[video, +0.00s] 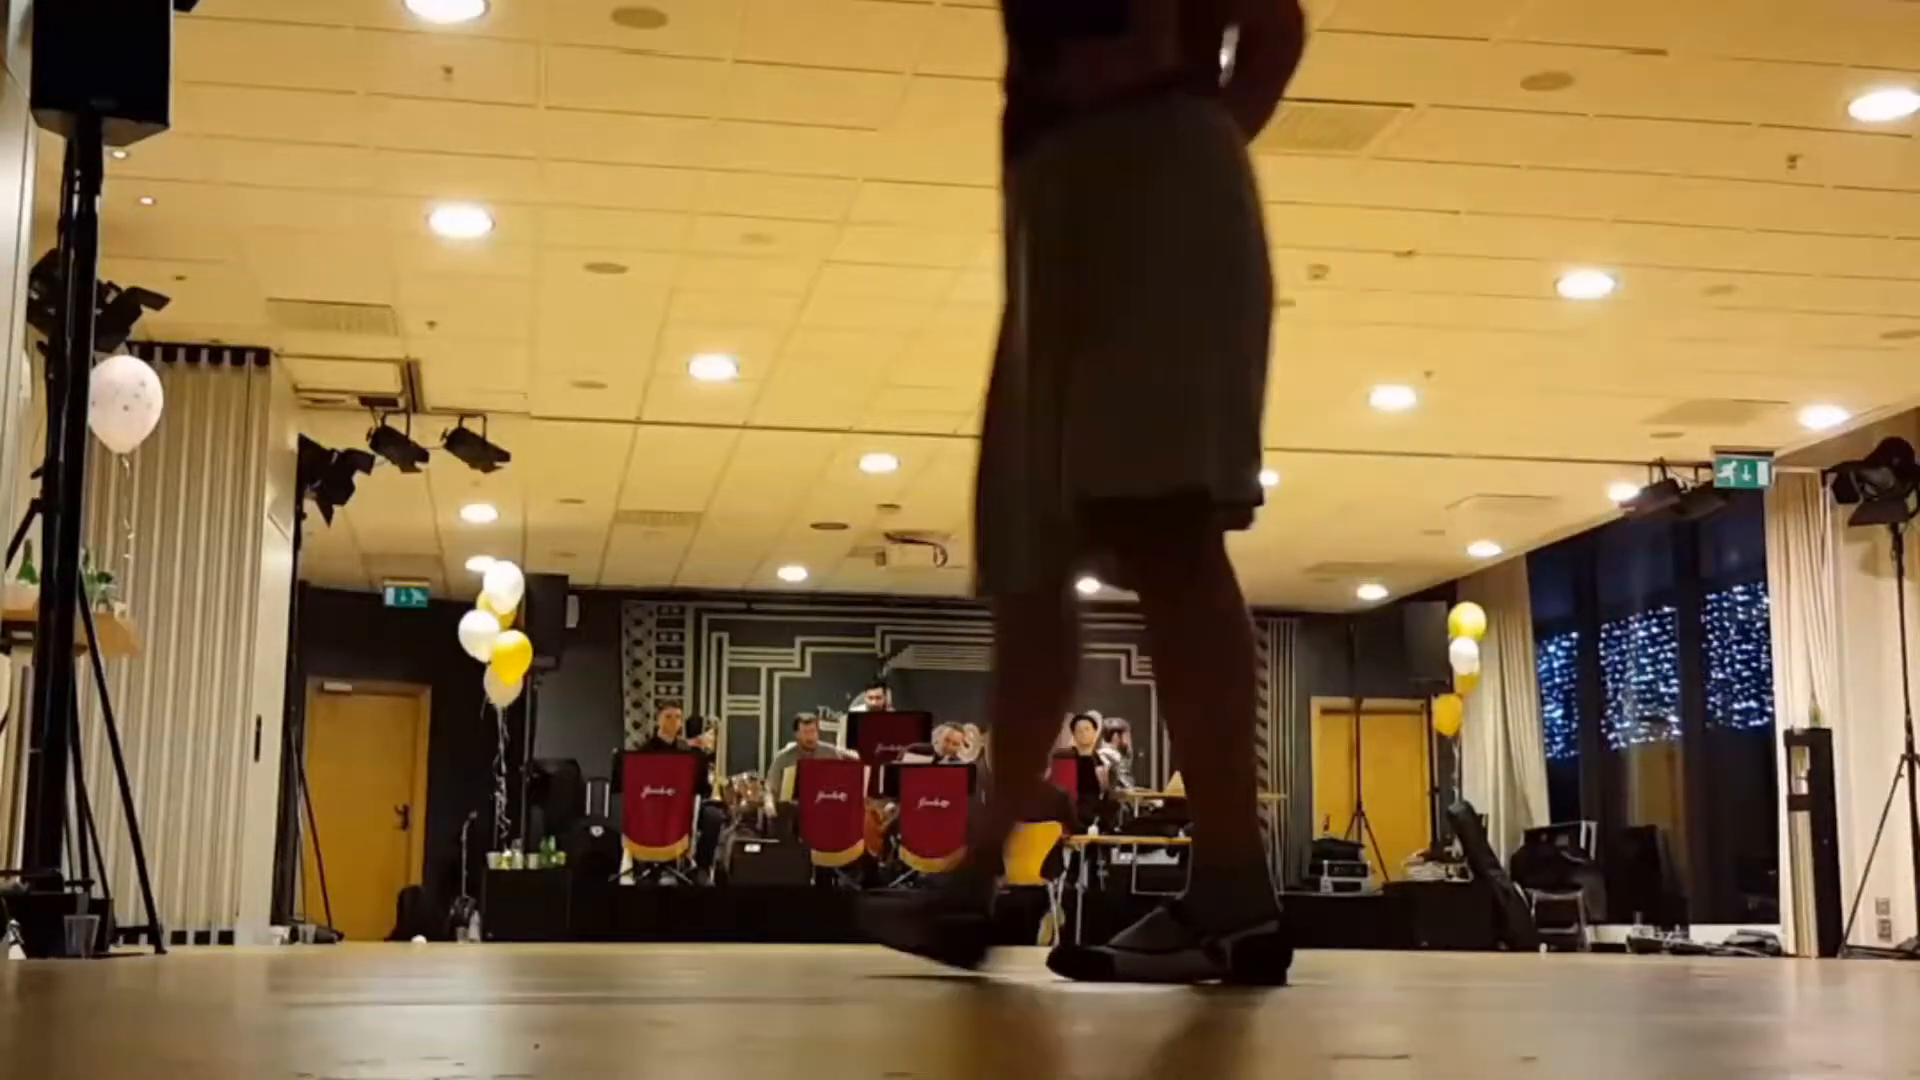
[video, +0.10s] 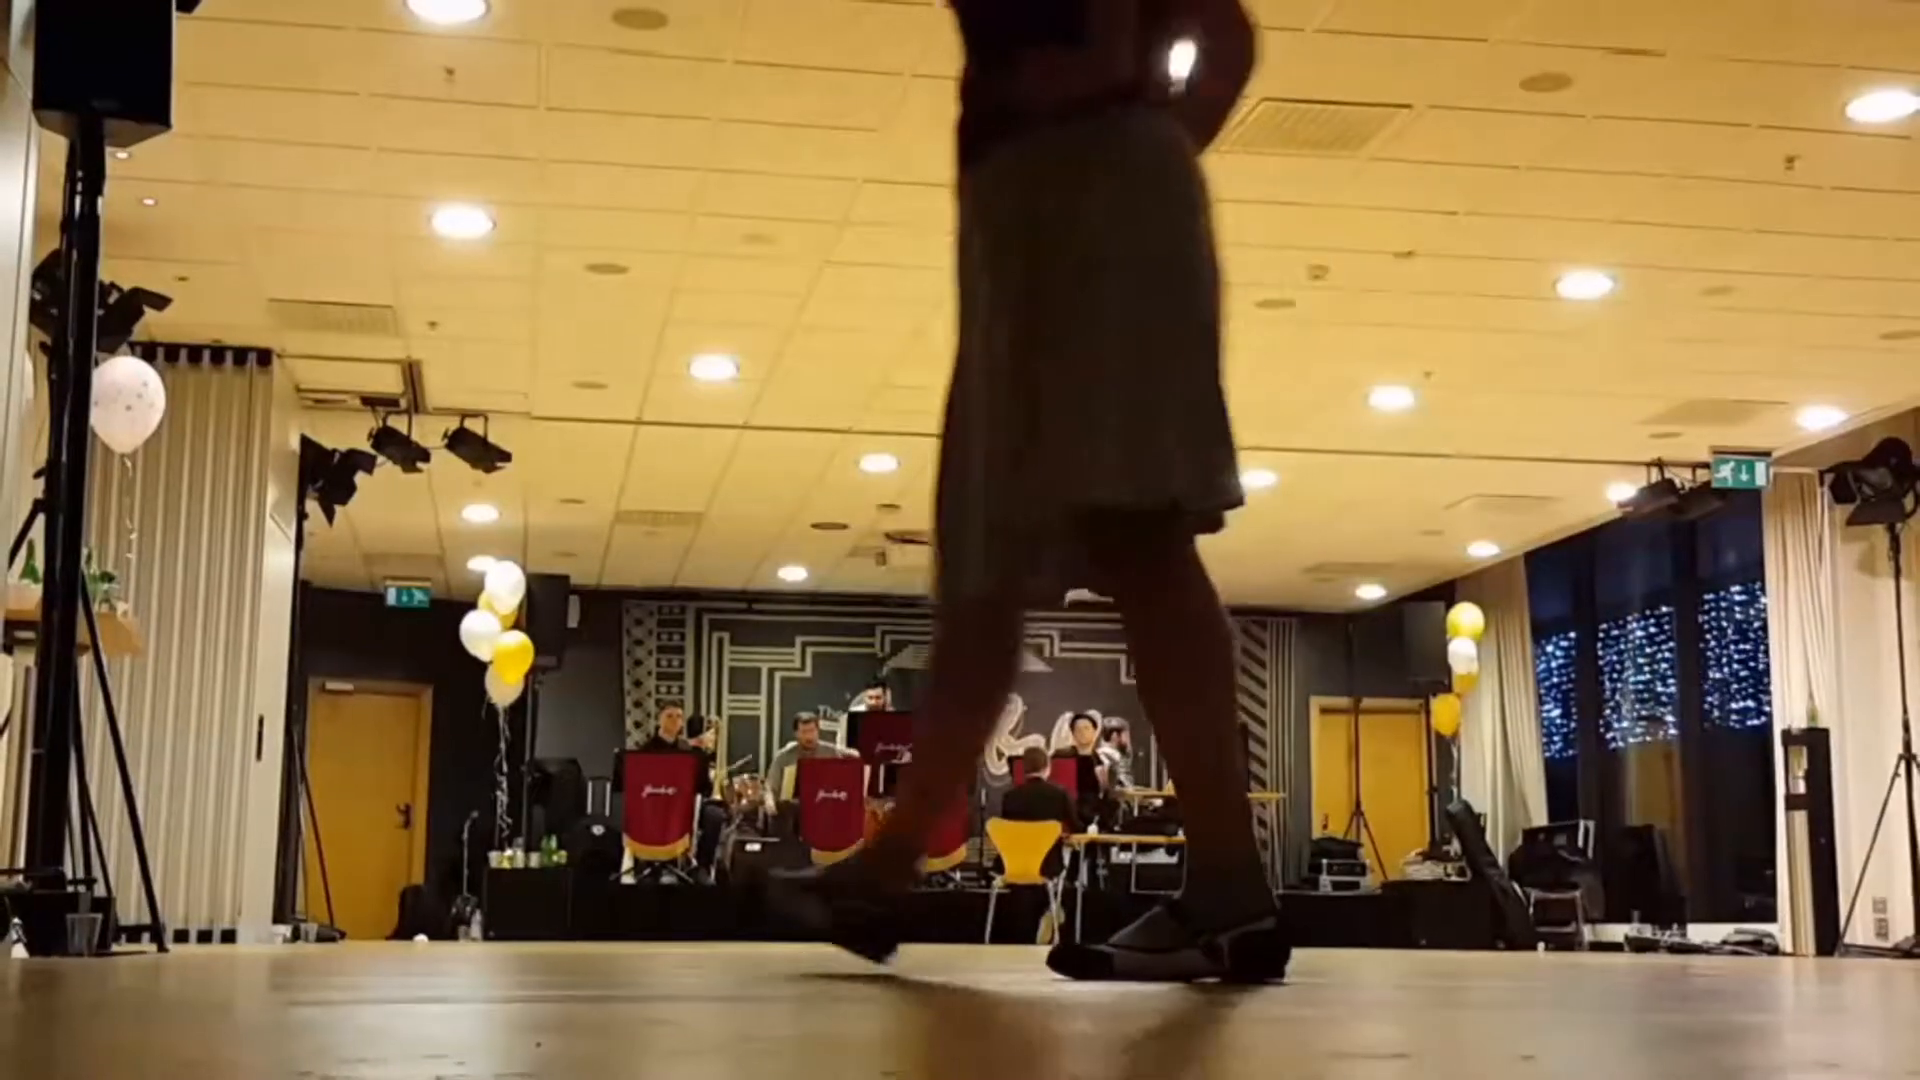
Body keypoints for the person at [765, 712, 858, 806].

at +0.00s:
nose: (810, 736)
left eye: (813, 731)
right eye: (806, 732)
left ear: (818, 732)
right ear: (797, 734)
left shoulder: (831, 753)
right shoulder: (785, 757)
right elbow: (771, 787)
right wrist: (770, 803)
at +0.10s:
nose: (809, 736)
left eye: (812, 731)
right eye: (804, 732)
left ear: (818, 731)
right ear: (797, 733)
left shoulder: (831, 752)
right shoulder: (784, 757)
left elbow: (856, 757)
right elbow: (771, 785)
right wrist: (770, 802)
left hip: (824, 807)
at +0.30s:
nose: (808, 736)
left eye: (811, 731)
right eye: (803, 732)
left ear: (817, 730)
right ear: (796, 733)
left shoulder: (832, 754)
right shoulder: (784, 757)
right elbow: (771, 784)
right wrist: (769, 799)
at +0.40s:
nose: (807, 737)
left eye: (810, 731)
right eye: (802, 732)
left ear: (817, 731)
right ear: (795, 734)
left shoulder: (829, 753)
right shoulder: (783, 758)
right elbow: (770, 786)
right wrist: (769, 802)